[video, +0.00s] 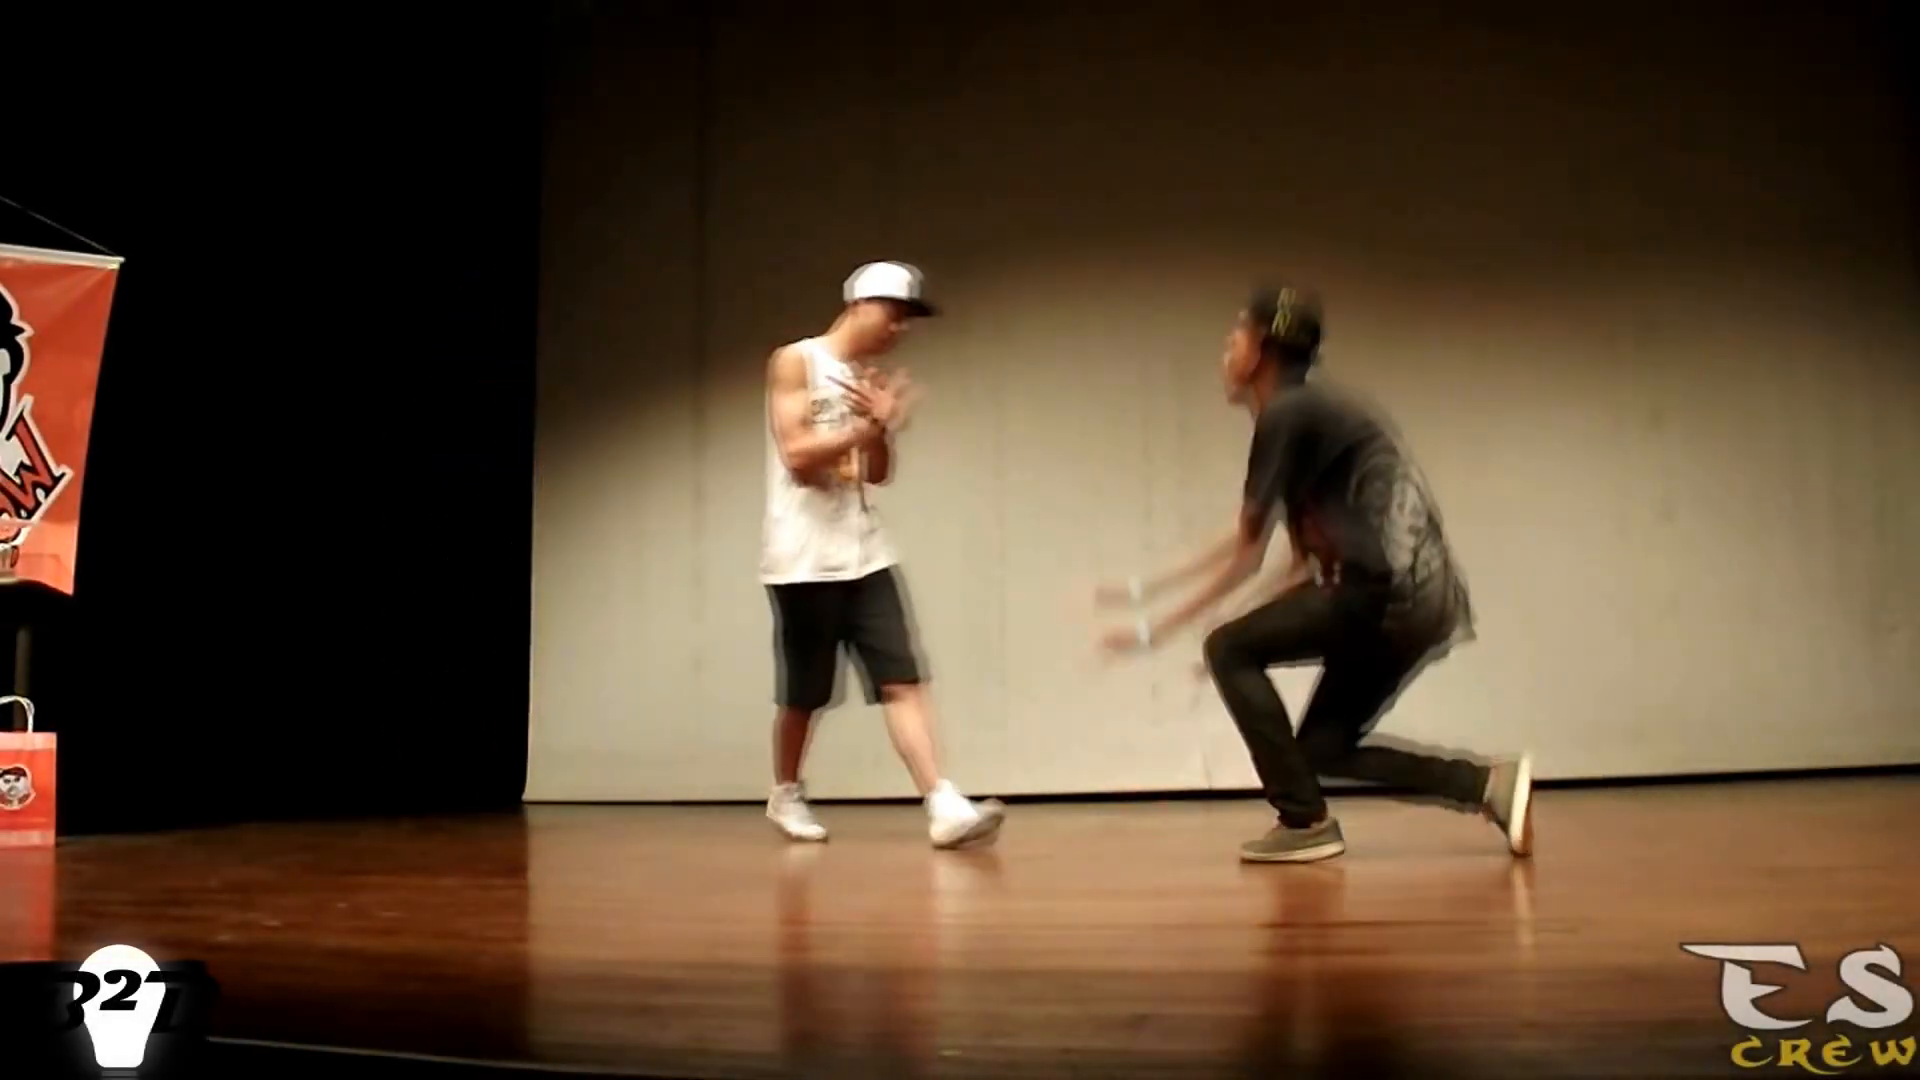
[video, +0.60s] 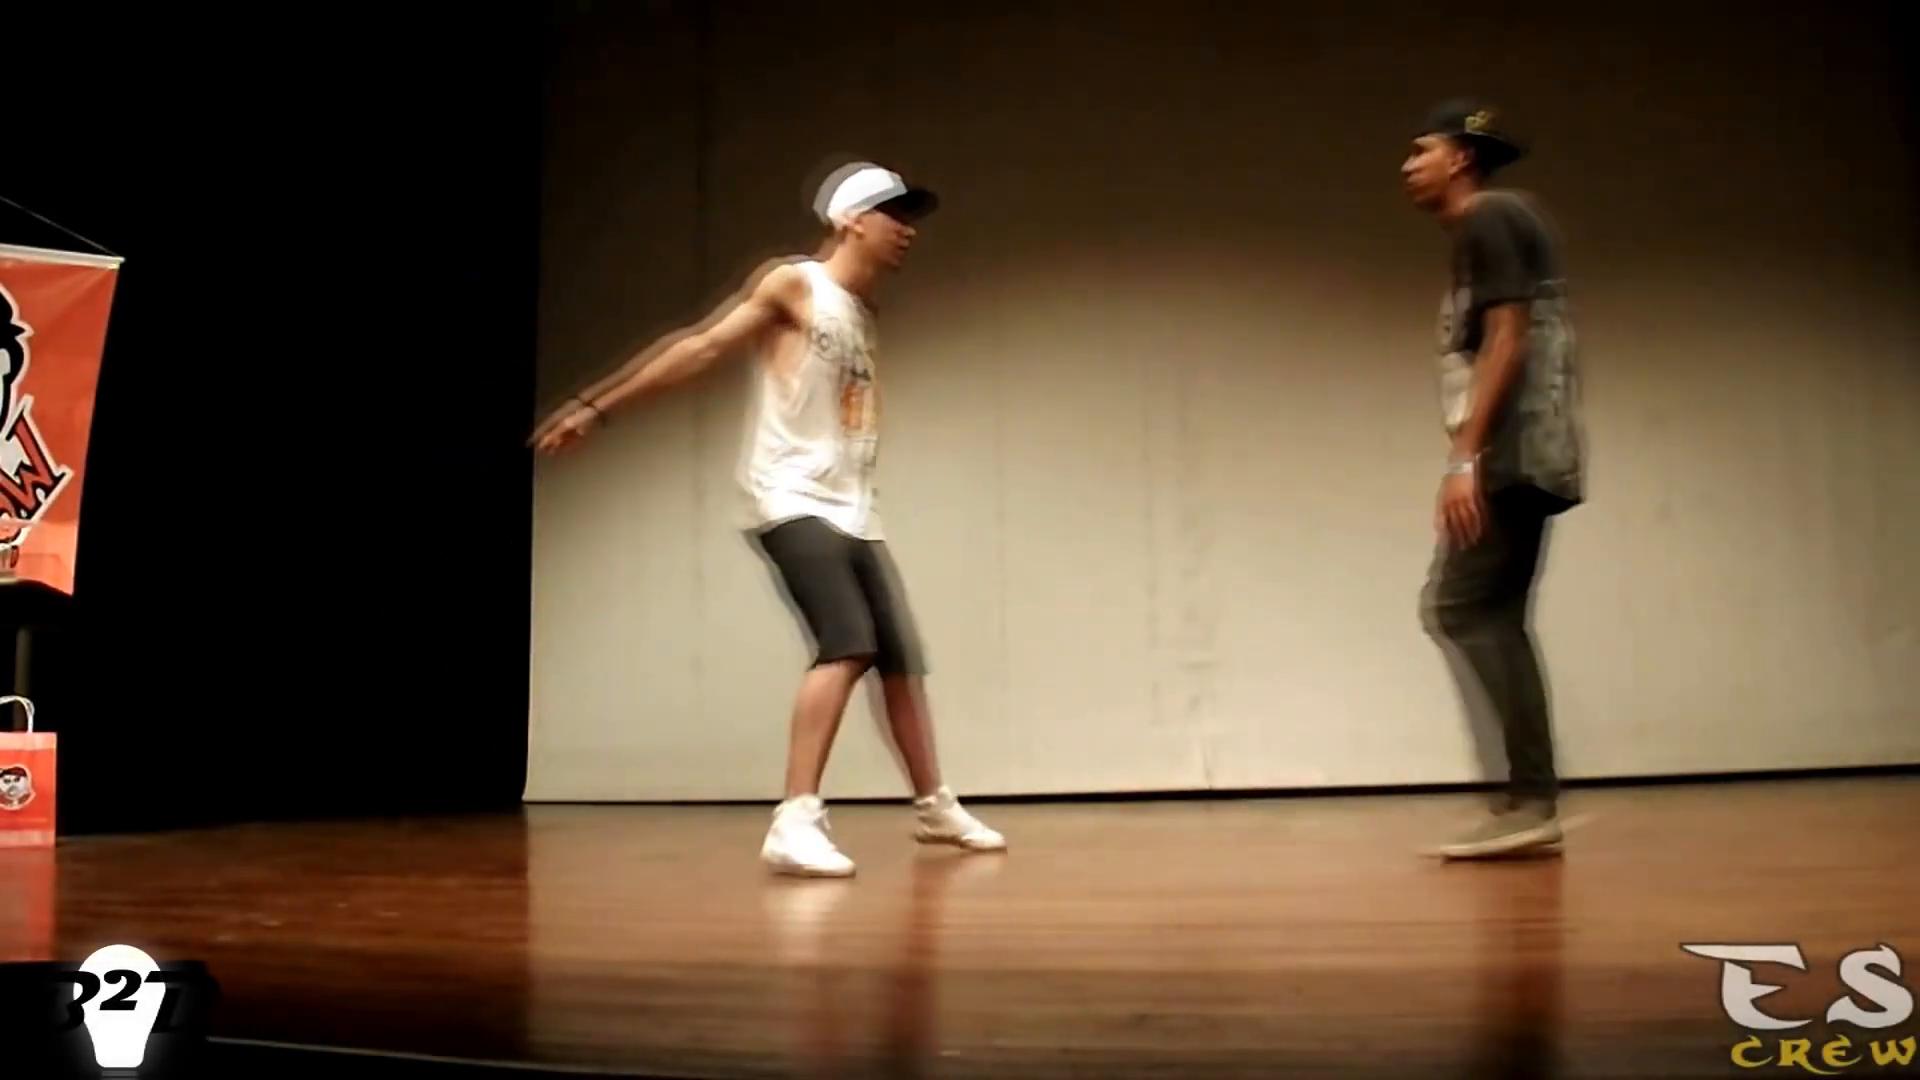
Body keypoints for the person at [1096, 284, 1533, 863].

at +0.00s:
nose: (1227, 350)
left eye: (1237, 335)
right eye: (1233, 334)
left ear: (1262, 348)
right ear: (1291, 349)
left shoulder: (1286, 414)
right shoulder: (1325, 410)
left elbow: (1243, 551)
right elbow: (1308, 569)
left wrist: (1151, 627)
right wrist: (1229, 646)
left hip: (1382, 595)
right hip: (1423, 603)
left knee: (1229, 648)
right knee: (1320, 751)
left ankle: (1305, 822)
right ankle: (1484, 785)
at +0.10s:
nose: (1241, 302)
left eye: (1253, 286)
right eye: (1247, 286)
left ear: (1284, 294)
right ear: (1301, 298)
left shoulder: (1302, 357)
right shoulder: (1333, 359)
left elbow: (1228, 463)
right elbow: (1291, 488)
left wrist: (1123, 510)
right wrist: (1230, 547)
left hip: (1388, 556)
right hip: (1423, 559)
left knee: (1245, 643)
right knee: (1325, 710)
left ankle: (1307, 820)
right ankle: (1487, 761)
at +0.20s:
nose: (1271, 253)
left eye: (1283, 239)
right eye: (1278, 238)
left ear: (1312, 246)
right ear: (1328, 250)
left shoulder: (1329, 300)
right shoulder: (1362, 309)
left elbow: (1243, 388)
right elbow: (1304, 431)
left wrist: (1134, 436)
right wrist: (1243, 497)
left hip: (1404, 515)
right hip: (1440, 520)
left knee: (1277, 633)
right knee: (1336, 675)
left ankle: (1311, 823)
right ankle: (1485, 771)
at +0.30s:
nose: (1309, 211)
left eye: (1321, 198)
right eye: (1315, 198)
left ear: (1352, 203)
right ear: (1366, 207)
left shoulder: (1367, 249)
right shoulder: (1392, 258)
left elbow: (1299, 346)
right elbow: (1344, 393)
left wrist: (1186, 407)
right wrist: (1287, 479)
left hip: (1430, 485)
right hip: (1454, 483)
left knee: (1334, 628)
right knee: (1374, 647)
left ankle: (1319, 825)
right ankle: (1508, 791)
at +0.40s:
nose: (1348, 191)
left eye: (1359, 178)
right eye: (1350, 180)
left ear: (1396, 177)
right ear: (1407, 181)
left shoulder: (1399, 219)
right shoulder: (1431, 229)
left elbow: (1370, 327)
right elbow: (1385, 378)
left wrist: (1280, 419)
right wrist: (1353, 487)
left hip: (1455, 476)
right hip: (1473, 475)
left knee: (1393, 634)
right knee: (1428, 640)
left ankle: (1336, 818)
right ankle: (1525, 805)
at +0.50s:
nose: (1383, 175)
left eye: (1395, 161)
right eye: (1386, 163)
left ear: (1434, 163)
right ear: (1443, 165)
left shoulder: (1440, 214)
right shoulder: (1480, 218)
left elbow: (1445, 342)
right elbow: (1480, 351)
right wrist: (1440, 459)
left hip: (1471, 467)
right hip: (1501, 467)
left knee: (1421, 621)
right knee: (1465, 630)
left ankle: (1396, 813)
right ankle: (1529, 809)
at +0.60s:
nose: (1407, 165)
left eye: (1420, 151)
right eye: (1410, 152)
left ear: (1461, 156)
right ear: (1461, 160)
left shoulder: (1491, 219)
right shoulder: (1498, 221)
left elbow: (1505, 344)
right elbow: (1514, 349)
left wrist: (1463, 455)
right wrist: (1477, 458)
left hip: (1512, 463)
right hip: (1519, 466)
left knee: (1457, 607)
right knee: (1497, 617)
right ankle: (1529, 802)